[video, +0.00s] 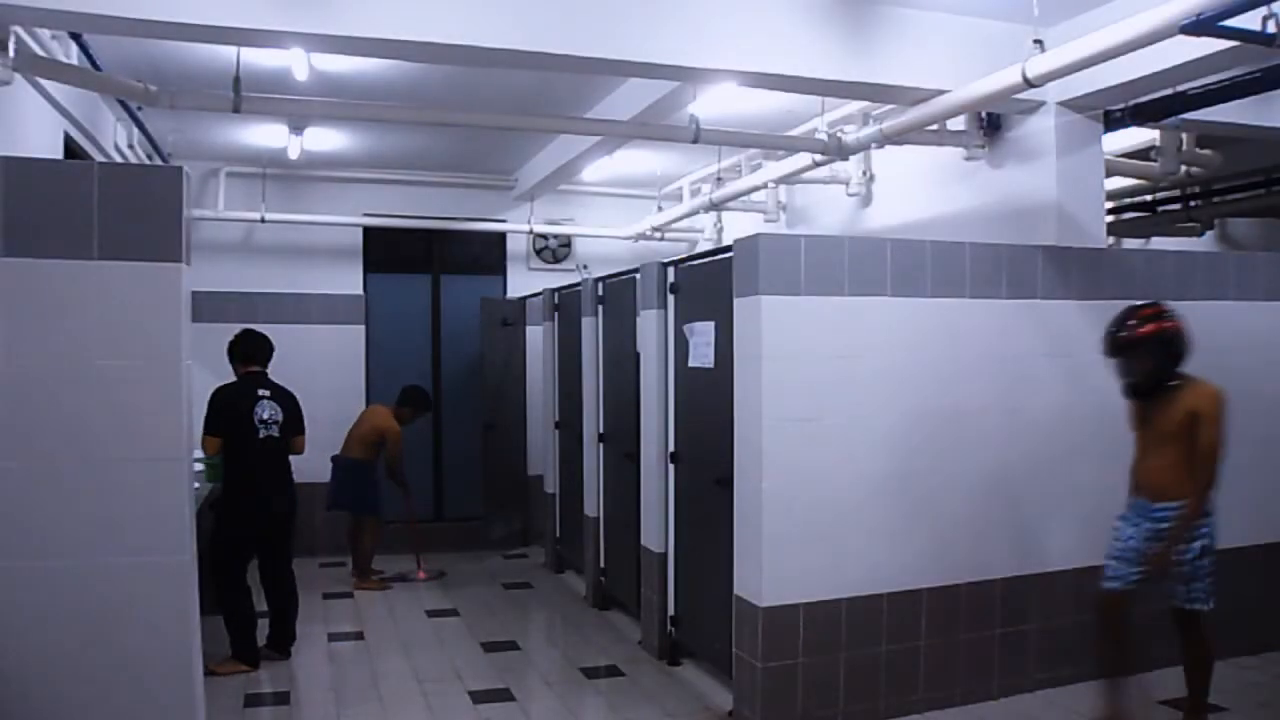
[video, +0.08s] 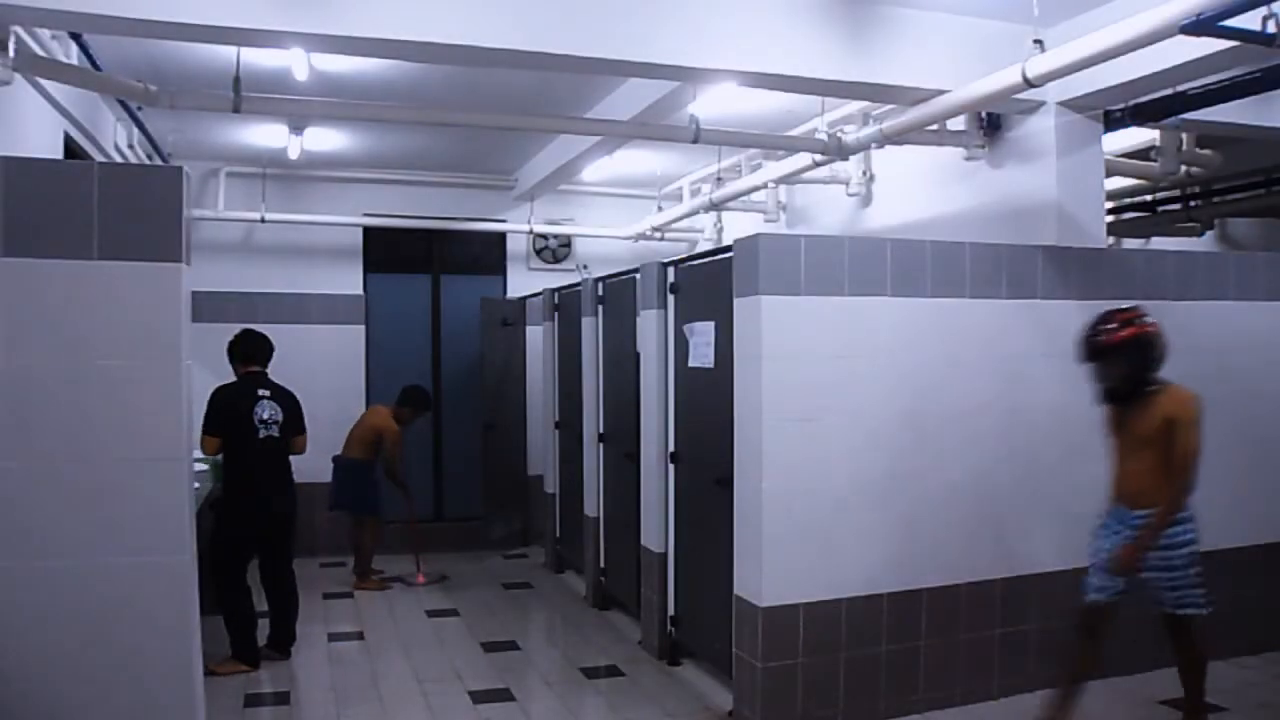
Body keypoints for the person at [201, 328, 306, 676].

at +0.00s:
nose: (235, 365)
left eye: (234, 359)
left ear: (234, 361)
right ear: (268, 360)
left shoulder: (224, 396)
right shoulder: (286, 397)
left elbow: (211, 446)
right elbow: (298, 446)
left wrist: (236, 436)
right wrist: (265, 442)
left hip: (238, 498)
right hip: (279, 497)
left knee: (229, 572)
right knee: (277, 567)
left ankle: (244, 654)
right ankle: (281, 644)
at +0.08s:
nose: (235, 364)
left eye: (234, 359)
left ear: (234, 361)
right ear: (268, 360)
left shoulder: (224, 396)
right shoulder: (286, 396)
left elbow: (210, 447)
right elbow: (299, 445)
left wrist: (235, 433)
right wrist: (266, 442)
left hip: (238, 498)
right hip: (279, 497)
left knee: (229, 572)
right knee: (278, 568)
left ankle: (245, 655)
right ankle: (281, 644)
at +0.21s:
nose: (235, 365)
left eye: (234, 359)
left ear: (234, 361)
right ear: (268, 360)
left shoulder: (223, 395)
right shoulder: (287, 396)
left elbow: (208, 446)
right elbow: (301, 445)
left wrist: (236, 437)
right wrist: (269, 445)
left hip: (238, 498)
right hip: (280, 497)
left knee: (229, 572)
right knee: (280, 569)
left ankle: (245, 655)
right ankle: (281, 645)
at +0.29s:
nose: (237, 364)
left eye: (235, 358)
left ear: (234, 360)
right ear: (269, 361)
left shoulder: (221, 396)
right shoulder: (287, 397)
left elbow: (207, 446)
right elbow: (304, 445)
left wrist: (235, 438)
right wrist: (272, 450)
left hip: (238, 497)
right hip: (279, 496)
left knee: (230, 572)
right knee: (280, 569)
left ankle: (246, 655)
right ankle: (281, 645)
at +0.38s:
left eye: (237, 357)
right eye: (266, 358)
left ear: (234, 360)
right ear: (270, 360)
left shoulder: (219, 396)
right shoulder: (286, 397)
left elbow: (205, 447)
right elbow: (304, 445)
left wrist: (231, 439)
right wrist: (278, 456)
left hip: (236, 497)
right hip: (278, 496)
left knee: (231, 573)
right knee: (280, 569)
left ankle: (246, 654)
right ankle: (282, 645)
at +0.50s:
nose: (265, 365)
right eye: (267, 359)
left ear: (234, 360)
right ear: (270, 361)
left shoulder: (215, 397)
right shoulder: (285, 397)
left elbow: (202, 449)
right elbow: (302, 449)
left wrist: (228, 441)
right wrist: (282, 465)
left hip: (233, 497)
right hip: (277, 496)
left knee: (233, 575)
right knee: (280, 570)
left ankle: (247, 654)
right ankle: (282, 644)